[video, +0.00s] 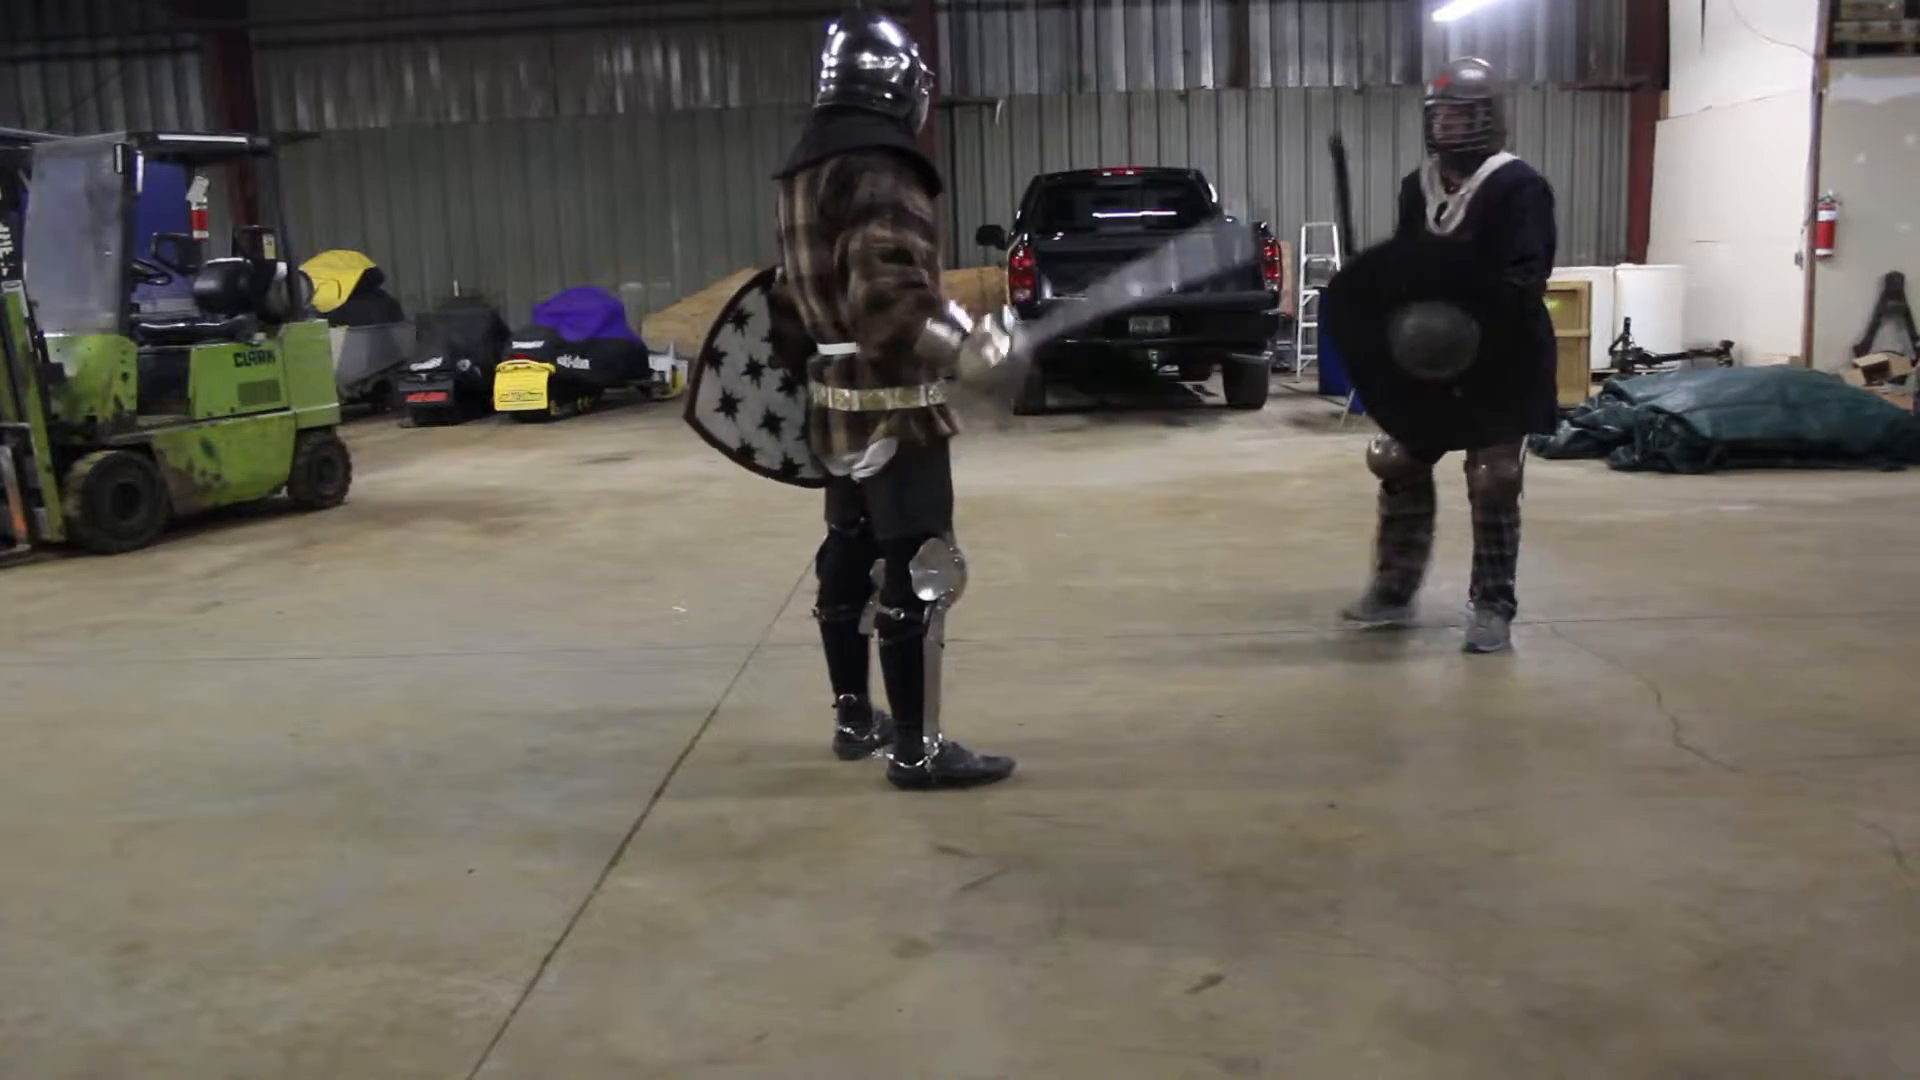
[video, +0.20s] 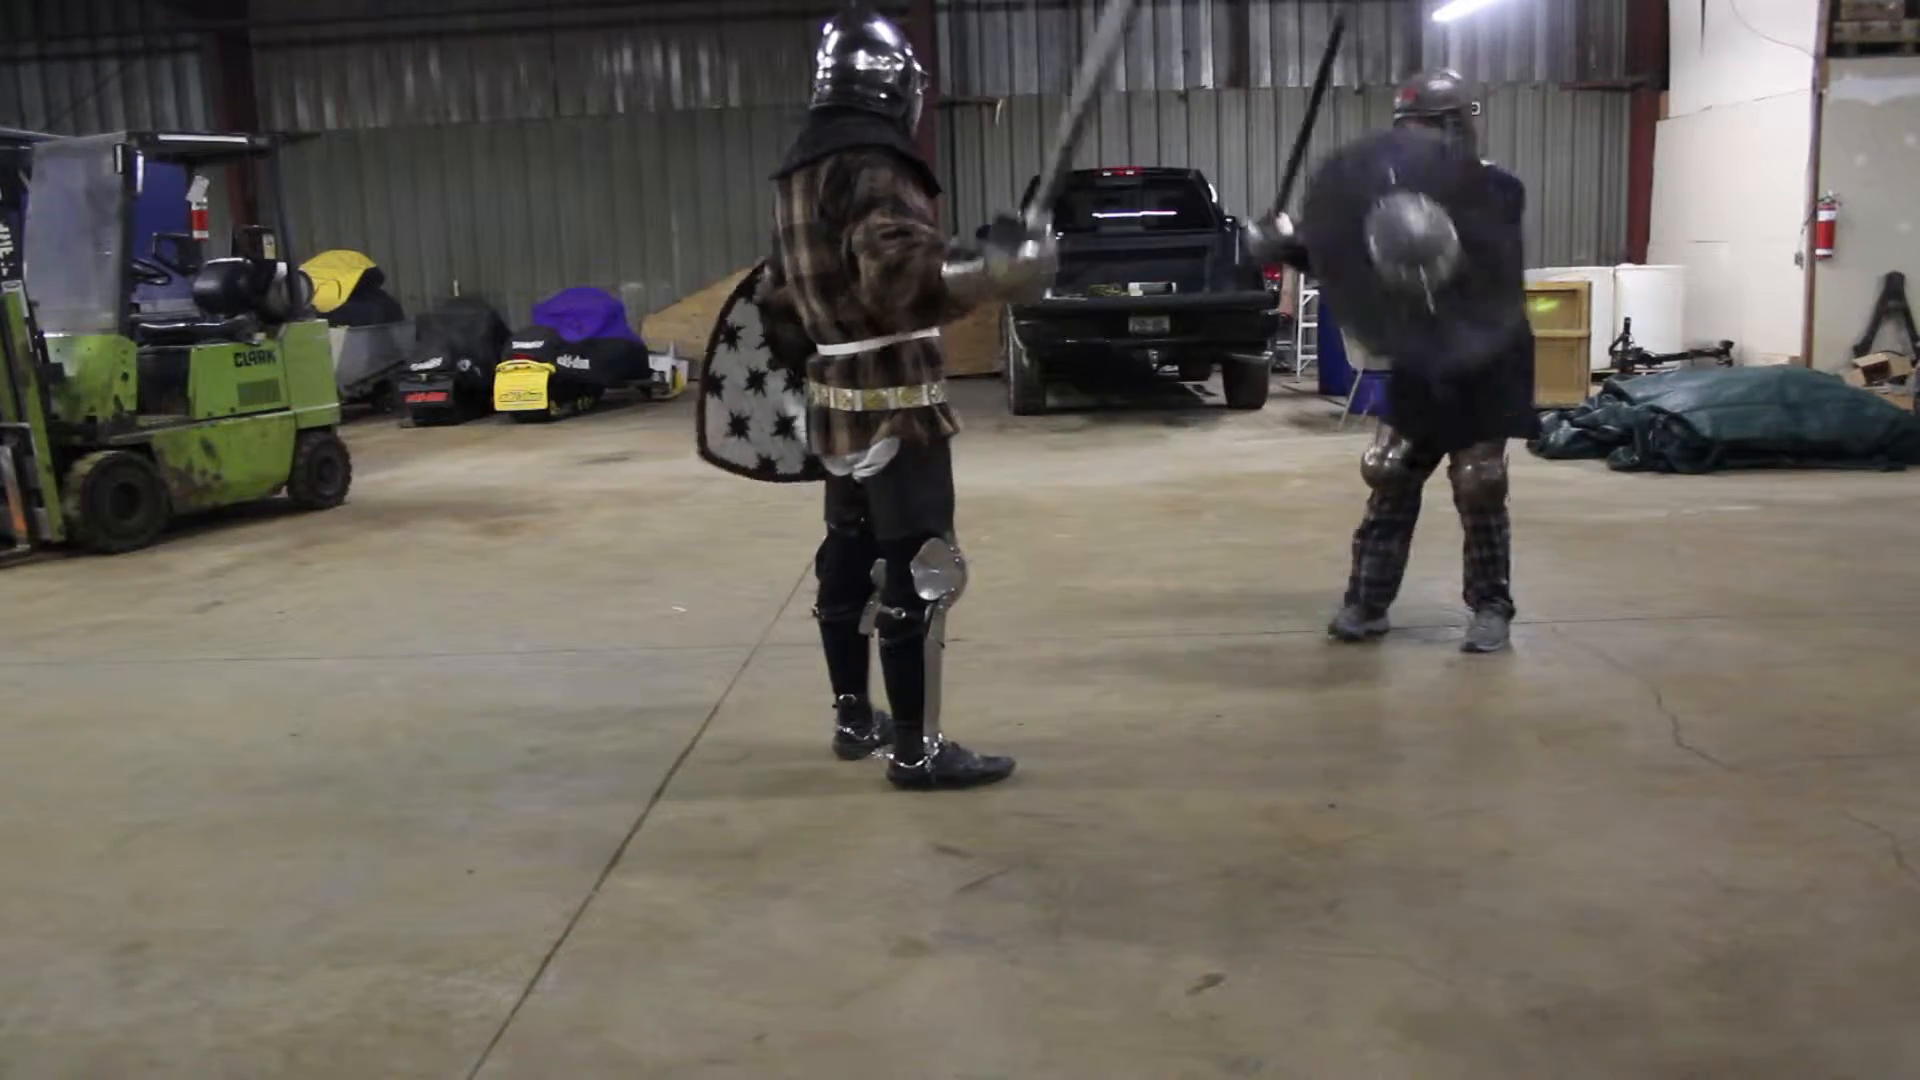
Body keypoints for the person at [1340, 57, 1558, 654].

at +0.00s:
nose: (1448, 124)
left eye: (1463, 113)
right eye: (1439, 113)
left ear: (1490, 119)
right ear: (1428, 118)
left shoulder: (1520, 187)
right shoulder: (1417, 188)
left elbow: (1526, 279)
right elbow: (1403, 272)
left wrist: (1467, 320)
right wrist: (1400, 330)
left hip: (1503, 363)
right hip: (1429, 359)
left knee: (1493, 475)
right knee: (1398, 459)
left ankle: (1491, 608)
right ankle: (1393, 593)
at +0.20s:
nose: (1421, 139)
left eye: (1436, 125)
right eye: (1411, 126)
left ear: (1464, 127)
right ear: (1397, 129)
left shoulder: (1494, 191)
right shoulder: (1386, 192)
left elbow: (1500, 275)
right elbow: (1346, 251)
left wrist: (1452, 256)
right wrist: (1293, 245)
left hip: (1487, 356)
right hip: (1417, 357)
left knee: (1478, 479)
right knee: (1389, 470)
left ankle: (1490, 609)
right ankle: (1367, 603)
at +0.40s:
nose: (1378, 160)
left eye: (1387, 148)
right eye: (1366, 153)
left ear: (1411, 151)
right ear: (1355, 163)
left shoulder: (1458, 190)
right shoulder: (1350, 210)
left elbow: (1454, 214)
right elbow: (1290, 237)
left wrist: (1413, 143)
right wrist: (1267, 184)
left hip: (1463, 337)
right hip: (1395, 343)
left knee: (1456, 475)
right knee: (1363, 468)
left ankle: (1486, 603)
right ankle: (1367, 600)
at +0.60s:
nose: (1362, 157)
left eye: (1374, 147)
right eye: (1352, 149)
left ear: (1398, 150)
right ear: (1342, 161)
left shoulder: (1445, 191)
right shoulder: (1335, 208)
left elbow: (1421, 189)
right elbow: (1272, 237)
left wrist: (1393, 125)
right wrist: (1262, 171)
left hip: (1452, 336)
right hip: (1383, 341)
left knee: (1451, 472)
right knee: (1357, 467)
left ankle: (1482, 588)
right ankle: (1365, 603)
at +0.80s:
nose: (1368, 158)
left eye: (1378, 148)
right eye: (1356, 150)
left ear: (1401, 153)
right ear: (1344, 161)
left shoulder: (1443, 193)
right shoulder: (1337, 206)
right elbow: (1273, 241)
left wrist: (1397, 130)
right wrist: (1264, 173)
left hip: (1449, 335)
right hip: (1379, 339)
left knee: (1455, 472)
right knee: (1359, 468)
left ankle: (1484, 583)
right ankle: (1364, 601)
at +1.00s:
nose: (1391, 151)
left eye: (1404, 135)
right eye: (1379, 140)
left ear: (1425, 141)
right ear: (1363, 153)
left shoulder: (1459, 196)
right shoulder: (1351, 207)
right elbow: (1290, 247)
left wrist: (1419, 143)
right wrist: (1277, 188)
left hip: (1461, 338)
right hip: (1388, 343)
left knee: (1470, 475)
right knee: (1365, 469)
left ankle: (1500, 593)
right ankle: (1365, 600)